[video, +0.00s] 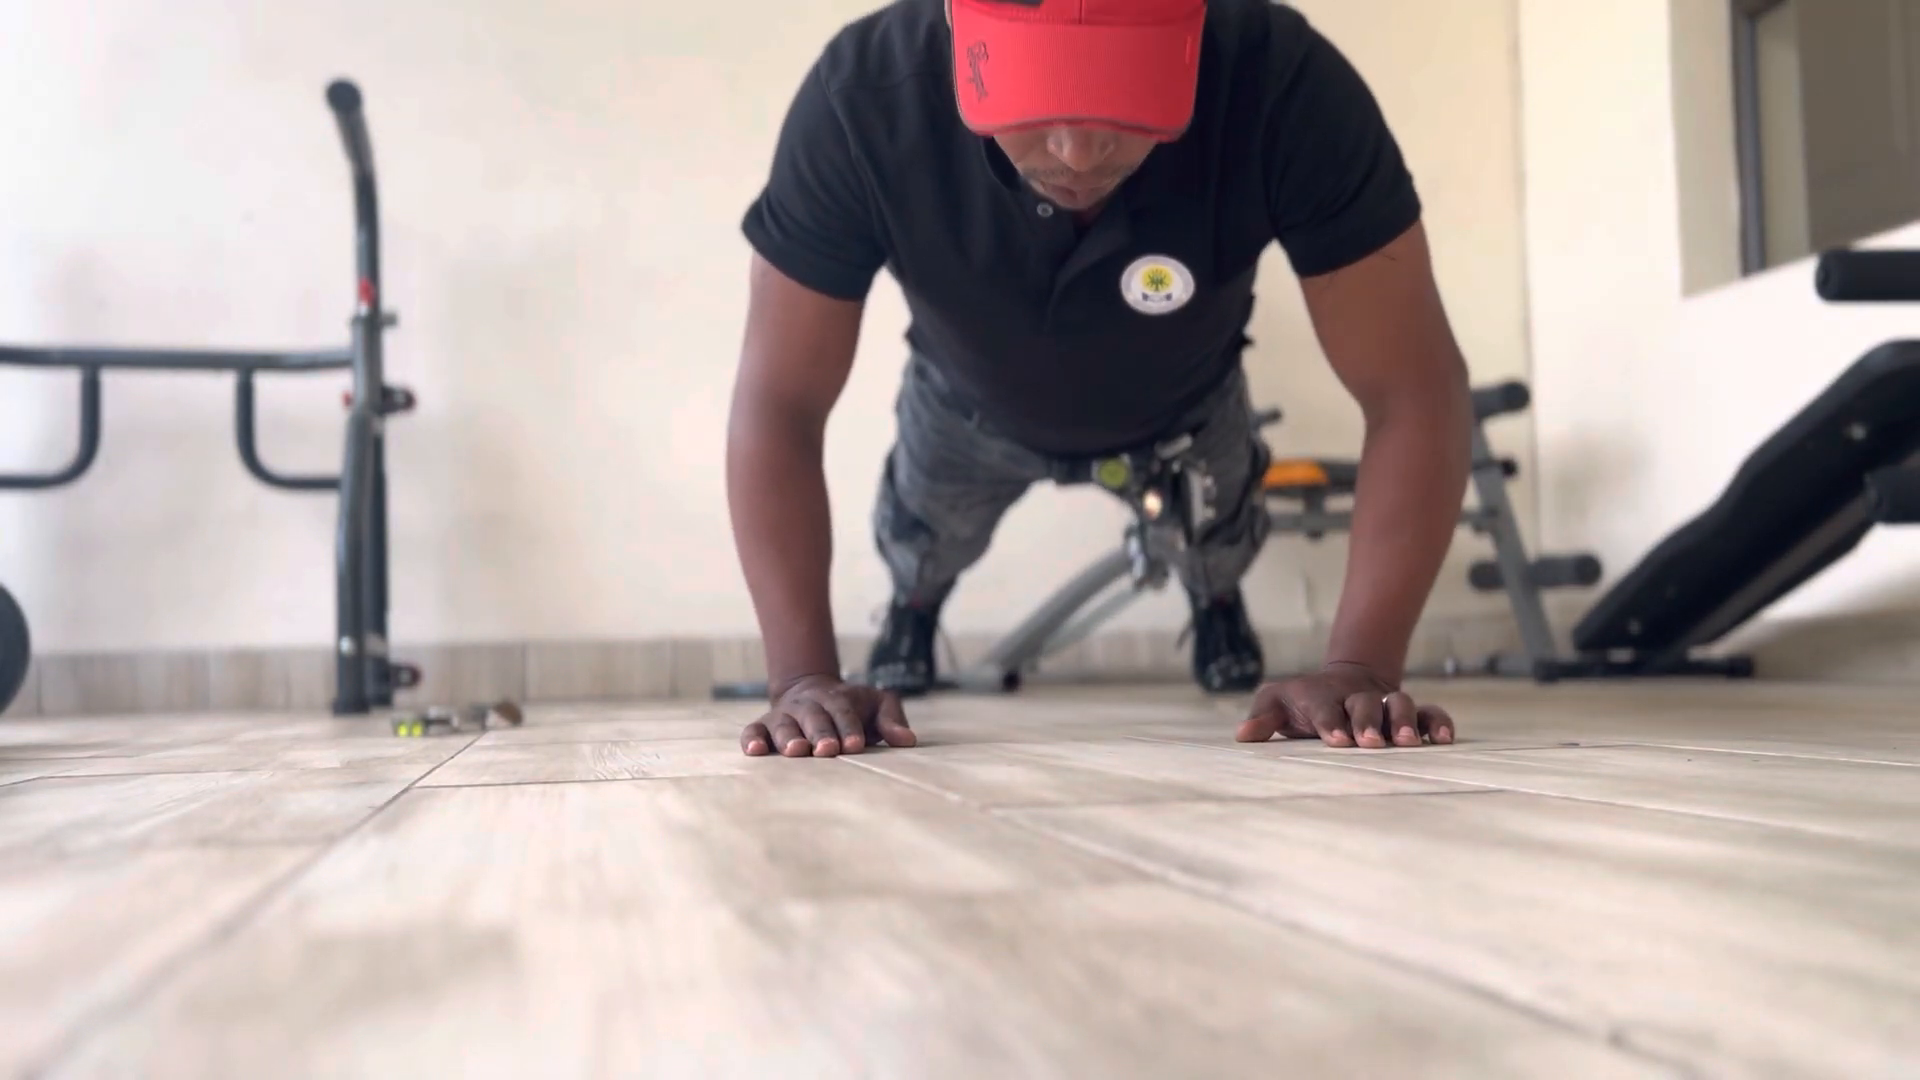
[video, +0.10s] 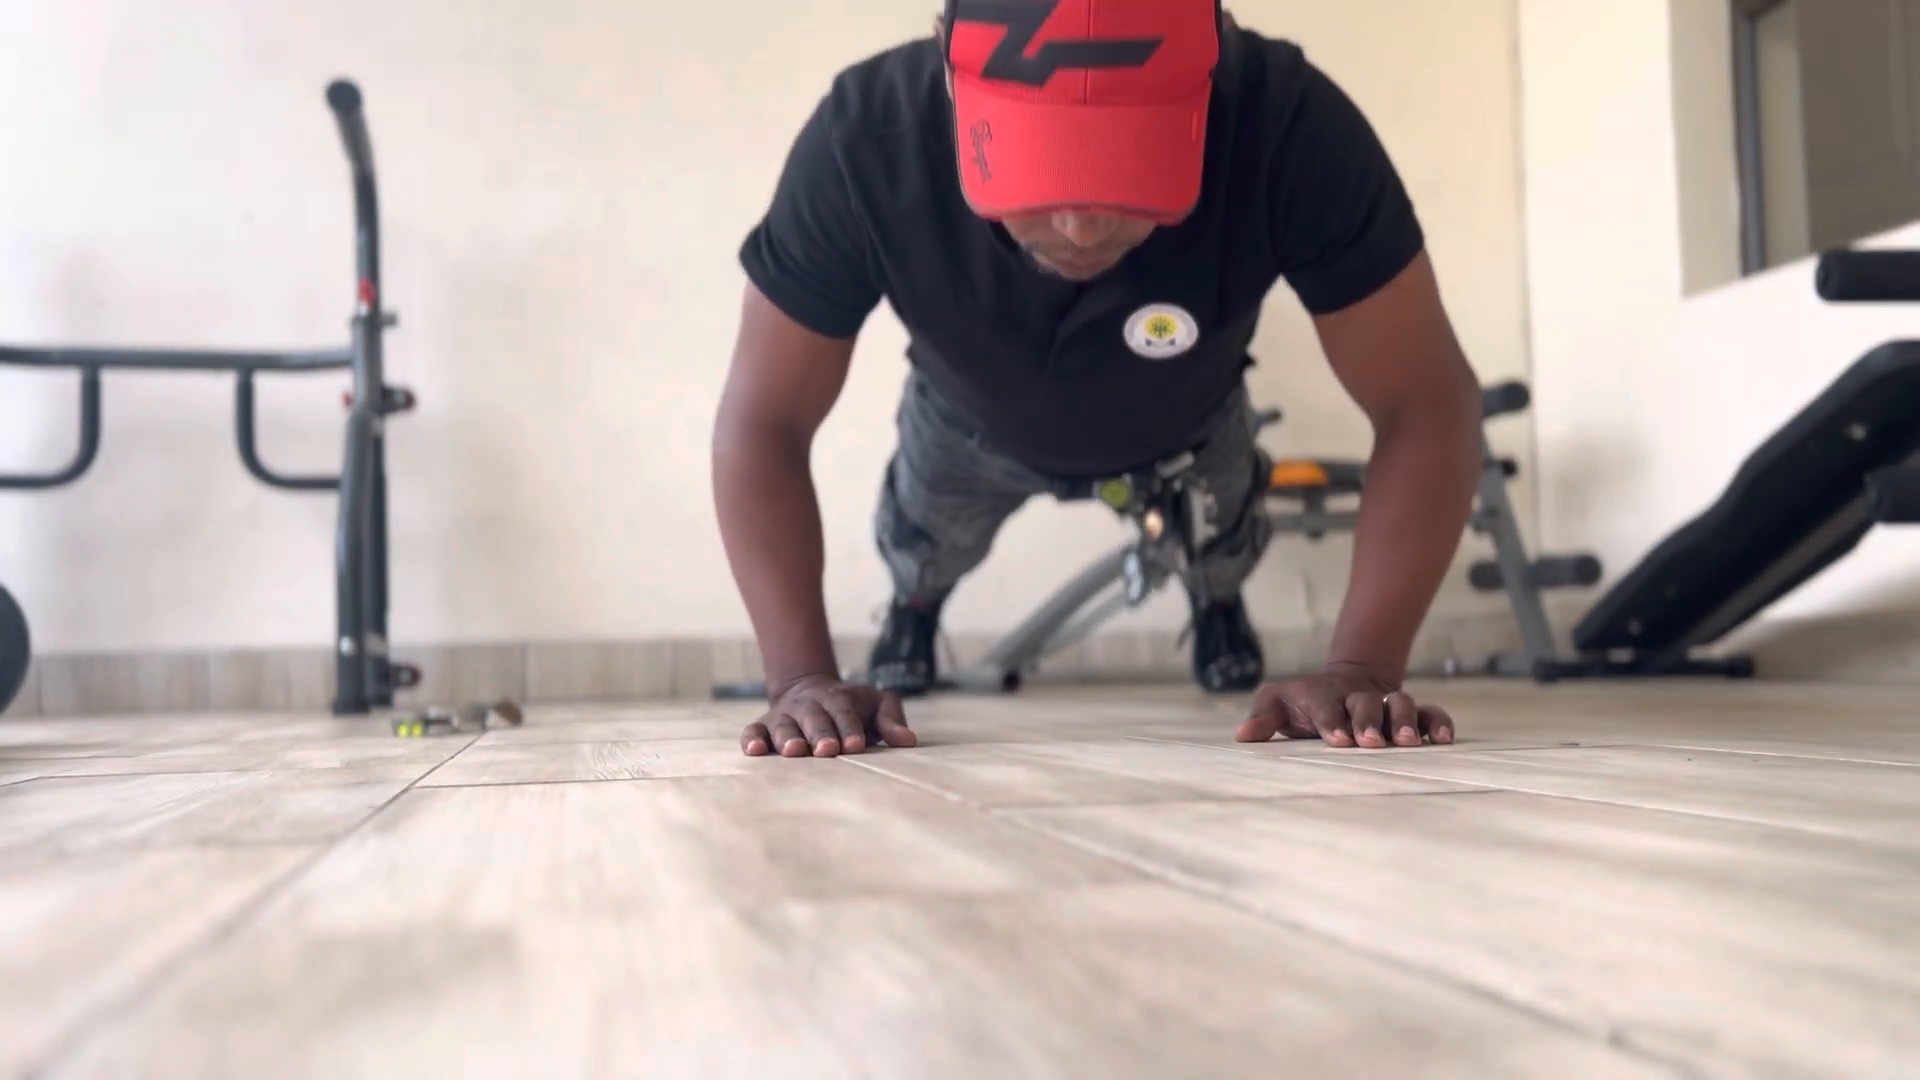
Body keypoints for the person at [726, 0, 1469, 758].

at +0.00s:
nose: (1074, 155)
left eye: (1118, 119)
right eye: (1032, 118)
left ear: (1184, 56)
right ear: (961, 54)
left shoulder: (1281, 83)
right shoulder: (866, 96)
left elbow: (1418, 390)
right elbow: (777, 407)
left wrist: (1359, 668)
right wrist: (799, 682)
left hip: (1184, 407)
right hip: (972, 406)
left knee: (1217, 530)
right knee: (928, 535)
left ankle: (1219, 610)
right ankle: (915, 621)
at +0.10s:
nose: (1080, 228)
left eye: (1122, 187)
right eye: (1039, 187)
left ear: (1189, 110)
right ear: (963, 104)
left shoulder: (1284, 124)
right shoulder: (868, 138)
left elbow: (1430, 405)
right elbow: (761, 425)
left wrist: (1361, 668)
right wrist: (794, 679)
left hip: (1186, 418)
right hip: (974, 424)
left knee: (1221, 535)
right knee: (929, 542)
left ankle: (1219, 613)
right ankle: (917, 621)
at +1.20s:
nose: (1066, 67)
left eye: (1112, 40)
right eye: (1021, 38)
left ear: (1182, 7)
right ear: (956, 8)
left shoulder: (1288, 29)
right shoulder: (859, 40)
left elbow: (1356, 364)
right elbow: (815, 379)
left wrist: (1347, 667)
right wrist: (809, 678)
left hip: (1185, 390)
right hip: (972, 393)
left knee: (1219, 521)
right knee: (932, 529)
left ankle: (1220, 605)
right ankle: (919, 612)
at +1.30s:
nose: (1076, 146)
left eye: (1117, 114)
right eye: (1033, 116)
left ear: (1183, 44)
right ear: (956, 41)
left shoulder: (1281, 56)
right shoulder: (862, 66)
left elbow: (1378, 382)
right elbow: (790, 393)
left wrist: (1347, 668)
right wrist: (804, 678)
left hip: (1184, 404)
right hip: (971, 407)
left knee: (1218, 532)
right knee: (930, 535)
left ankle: (1219, 607)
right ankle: (919, 615)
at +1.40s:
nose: (1072, 344)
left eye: (1120, 304)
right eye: (1038, 300)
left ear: (1208, 170)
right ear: (952, 169)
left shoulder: (1291, 166)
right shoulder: (862, 179)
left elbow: (1415, 411)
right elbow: (751, 431)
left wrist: (1354, 670)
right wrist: (801, 682)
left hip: (1189, 447)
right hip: (965, 457)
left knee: (1220, 535)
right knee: (930, 552)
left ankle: (1219, 607)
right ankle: (917, 619)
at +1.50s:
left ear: (1213, 284)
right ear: (947, 285)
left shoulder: (1297, 268)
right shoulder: (858, 278)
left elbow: (1432, 436)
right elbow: (729, 456)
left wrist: (1356, 670)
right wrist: (797, 682)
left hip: (1193, 483)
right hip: (961, 492)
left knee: (1219, 544)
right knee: (926, 566)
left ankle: (1214, 595)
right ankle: (916, 609)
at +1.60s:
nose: (1093, 564)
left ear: (1217, 323)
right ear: (948, 347)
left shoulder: (1301, 322)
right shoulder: (858, 333)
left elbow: (1442, 452)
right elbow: (724, 466)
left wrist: (1358, 672)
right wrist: (797, 681)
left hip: (1204, 515)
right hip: (958, 519)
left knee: (1215, 567)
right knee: (923, 575)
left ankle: (1210, 610)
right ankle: (912, 621)